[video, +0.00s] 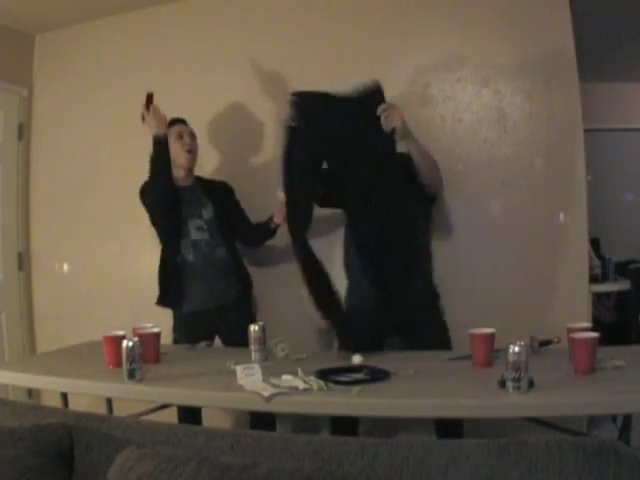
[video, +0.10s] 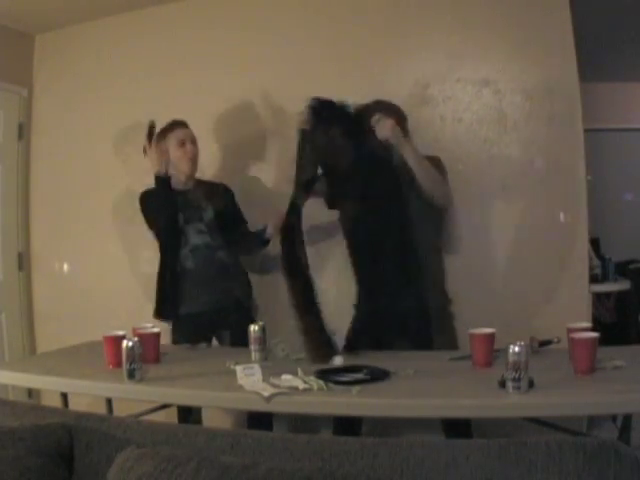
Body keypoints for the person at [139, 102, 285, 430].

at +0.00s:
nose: (189, 143)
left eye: (192, 137)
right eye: (180, 138)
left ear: (198, 146)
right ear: (165, 150)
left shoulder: (219, 190)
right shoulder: (156, 193)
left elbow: (248, 236)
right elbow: (161, 191)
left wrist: (274, 222)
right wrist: (158, 139)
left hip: (233, 300)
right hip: (190, 304)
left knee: (255, 380)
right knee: (188, 385)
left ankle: (264, 452)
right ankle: (190, 455)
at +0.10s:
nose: (191, 149)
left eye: (193, 142)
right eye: (181, 143)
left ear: (198, 149)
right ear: (164, 153)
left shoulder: (219, 192)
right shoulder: (155, 198)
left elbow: (241, 243)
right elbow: (165, 230)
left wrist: (266, 234)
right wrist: (159, 174)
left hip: (232, 302)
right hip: (187, 306)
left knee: (250, 382)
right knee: (188, 387)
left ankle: (261, 455)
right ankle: (190, 455)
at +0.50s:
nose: (144, 154)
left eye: (140, 148)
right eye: (134, 151)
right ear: (115, 165)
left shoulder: (162, 192)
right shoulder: (113, 211)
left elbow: (191, 235)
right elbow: (144, 260)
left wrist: (236, 227)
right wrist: (183, 226)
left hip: (205, 297)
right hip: (168, 310)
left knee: (250, 348)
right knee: (171, 382)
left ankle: (251, 427)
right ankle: (166, 451)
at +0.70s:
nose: (143, 152)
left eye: (139, 146)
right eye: (133, 149)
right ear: (115, 165)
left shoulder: (166, 197)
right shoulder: (116, 213)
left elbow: (200, 240)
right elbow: (142, 264)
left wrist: (243, 226)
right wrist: (178, 233)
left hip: (208, 305)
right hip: (167, 316)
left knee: (223, 382)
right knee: (172, 392)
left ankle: (197, 443)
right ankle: (165, 451)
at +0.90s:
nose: (170, 152)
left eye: (168, 146)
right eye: (161, 149)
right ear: (139, 160)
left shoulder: (186, 193)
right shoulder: (132, 207)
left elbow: (208, 241)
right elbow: (143, 264)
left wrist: (248, 241)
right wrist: (178, 242)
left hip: (202, 307)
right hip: (165, 314)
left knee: (208, 389)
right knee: (175, 394)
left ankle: (204, 455)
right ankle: (170, 458)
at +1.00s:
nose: (189, 159)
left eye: (188, 153)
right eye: (180, 155)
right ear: (157, 164)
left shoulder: (198, 199)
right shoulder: (142, 206)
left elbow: (210, 248)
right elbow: (144, 267)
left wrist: (245, 261)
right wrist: (179, 247)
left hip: (196, 311)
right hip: (158, 316)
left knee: (206, 391)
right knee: (169, 394)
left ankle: (198, 456)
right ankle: (167, 459)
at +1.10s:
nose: (196, 159)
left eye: (195, 152)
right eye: (187, 155)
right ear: (164, 163)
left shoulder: (202, 197)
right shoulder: (145, 204)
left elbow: (210, 246)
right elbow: (145, 268)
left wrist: (240, 267)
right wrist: (179, 248)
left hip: (194, 312)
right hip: (155, 316)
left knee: (201, 393)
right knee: (163, 394)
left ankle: (197, 455)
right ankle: (167, 457)